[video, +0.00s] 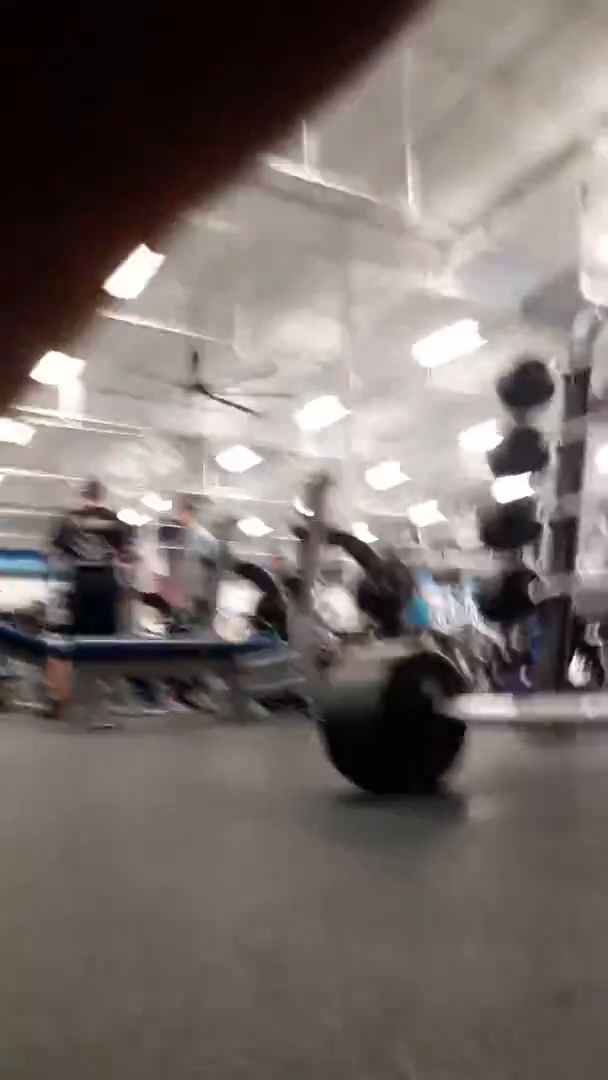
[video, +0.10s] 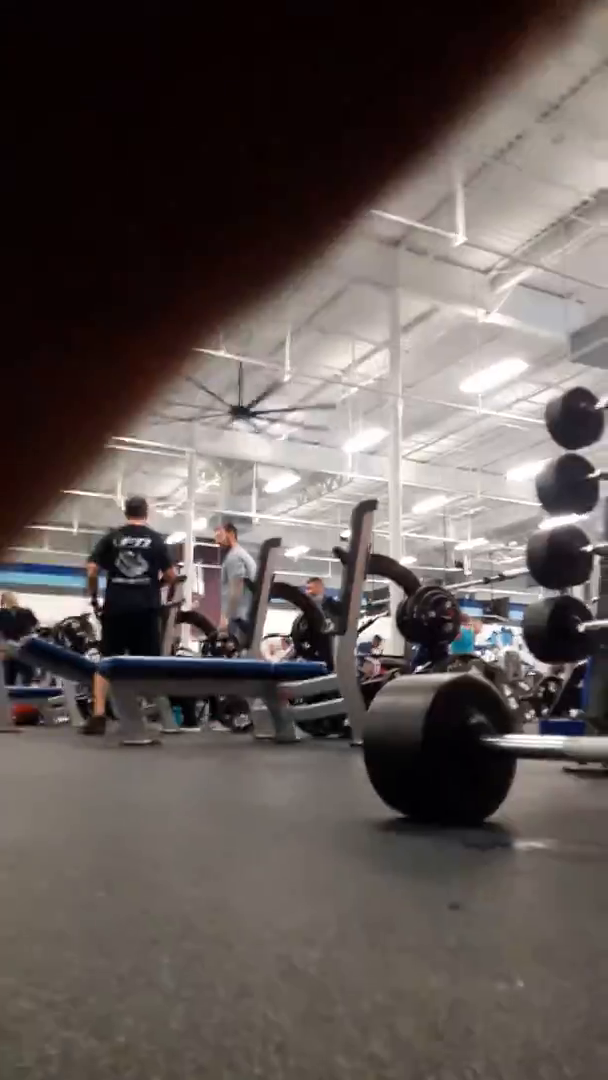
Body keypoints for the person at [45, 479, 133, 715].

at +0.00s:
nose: (91, 499)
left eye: (88, 495)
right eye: (94, 495)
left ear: (82, 495)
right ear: (102, 495)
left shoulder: (71, 520)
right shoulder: (112, 520)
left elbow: (59, 546)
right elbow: (123, 547)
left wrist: (77, 555)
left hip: (82, 580)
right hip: (107, 581)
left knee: (79, 633)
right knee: (107, 634)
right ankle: (108, 692)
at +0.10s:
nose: (142, 517)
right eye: (144, 512)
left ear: (125, 514)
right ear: (146, 514)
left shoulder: (112, 537)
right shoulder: (156, 539)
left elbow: (92, 569)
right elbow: (171, 575)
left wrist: (94, 599)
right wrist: (158, 583)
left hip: (115, 606)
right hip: (146, 607)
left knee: (106, 660)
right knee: (147, 662)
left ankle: (99, 712)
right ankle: (144, 717)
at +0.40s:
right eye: (129, 481)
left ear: (110, 481)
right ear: (131, 482)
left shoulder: (94, 504)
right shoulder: (142, 509)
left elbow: (78, 539)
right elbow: (151, 544)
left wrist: (86, 560)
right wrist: (143, 560)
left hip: (98, 576)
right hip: (129, 577)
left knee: (95, 632)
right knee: (127, 632)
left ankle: (97, 686)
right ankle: (124, 689)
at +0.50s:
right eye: (126, 479)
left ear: (106, 480)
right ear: (128, 481)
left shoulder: (91, 502)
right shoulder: (138, 506)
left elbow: (75, 538)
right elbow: (149, 544)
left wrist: (84, 560)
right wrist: (138, 557)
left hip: (96, 574)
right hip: (126, 575)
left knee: (93, 630)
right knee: (124, 630)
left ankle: (96, 685)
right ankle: (122, 687)